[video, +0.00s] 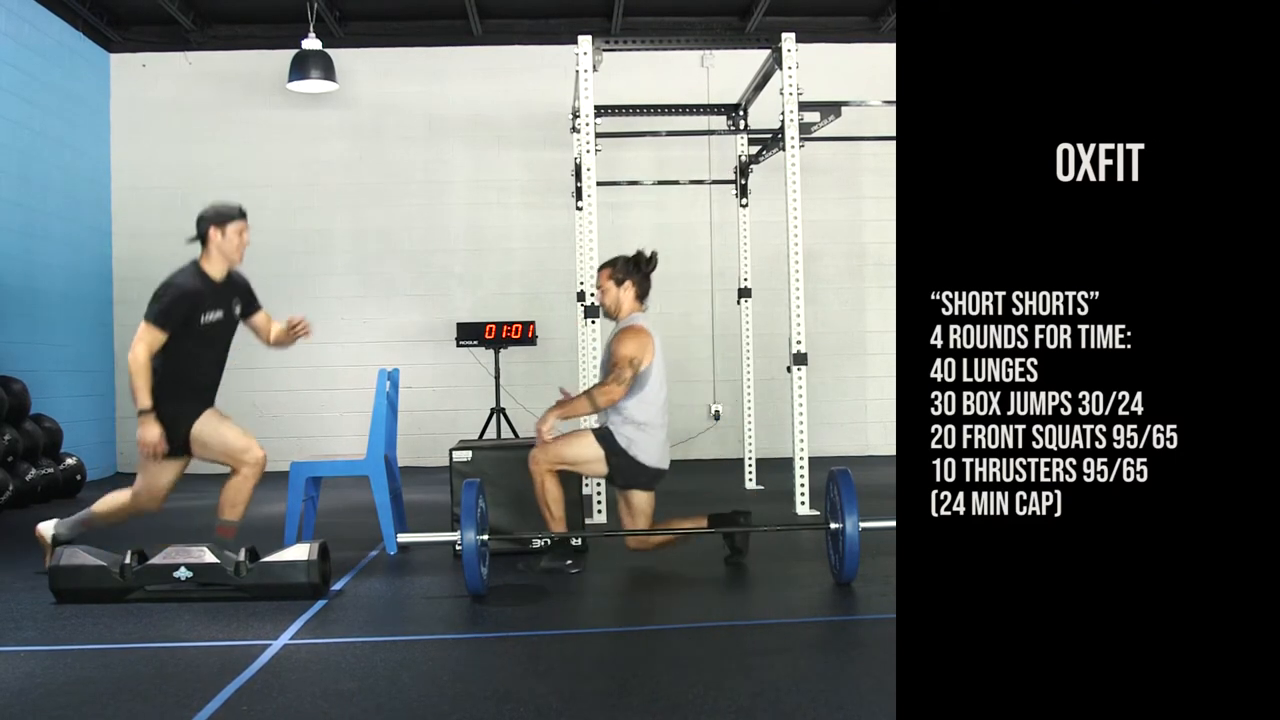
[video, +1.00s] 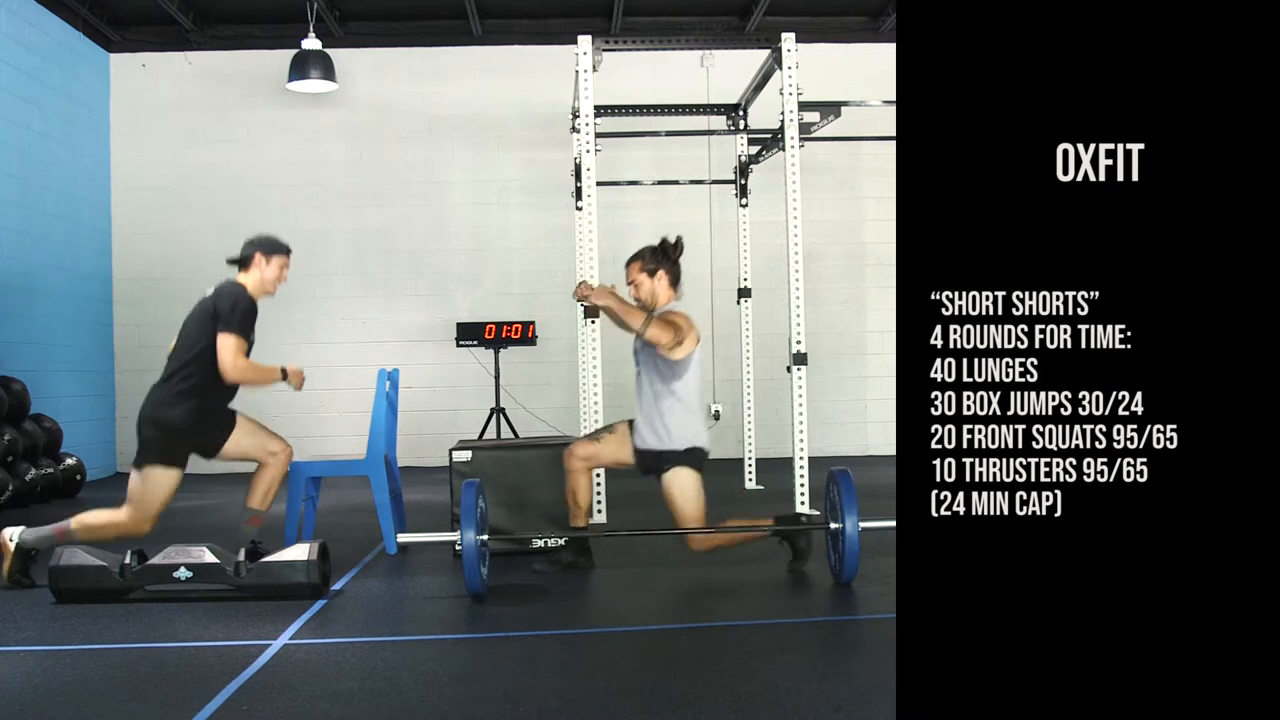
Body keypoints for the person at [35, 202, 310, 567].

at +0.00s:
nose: (246, 241)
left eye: (247, 234)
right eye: (240, 234)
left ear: (223, 238)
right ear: (214, 235)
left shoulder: (236, 286)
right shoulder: (181, 288)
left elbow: (268, 331)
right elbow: (139, 351)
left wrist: (287, 334)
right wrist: (146, 416)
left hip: (194, 407)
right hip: (171, 408)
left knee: (145, 499)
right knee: (250, 458)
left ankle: (57, 532)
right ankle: (222, 556)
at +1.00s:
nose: (284, 277)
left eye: (286, 270)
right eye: (282, 267)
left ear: (260, 264)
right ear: (258, 262)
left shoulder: (224, 299)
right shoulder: (235, 298)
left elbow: (180, 352)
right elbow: (233, 368)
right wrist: (284, 374)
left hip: (202, 417)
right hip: (172, 417)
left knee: (278, 453)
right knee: (137, 520)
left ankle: (246, 550)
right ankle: (22, 540)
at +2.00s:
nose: (281, 193)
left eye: (283, 185)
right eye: (276, 184)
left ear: (262, 184)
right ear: (250, 180)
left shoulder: (253, 229)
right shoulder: (222, 225)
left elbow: (255, 289)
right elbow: (182, 288)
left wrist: (295, 327)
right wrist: (198, 351)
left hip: (226, 351)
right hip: (200, 351)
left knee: (247, 445)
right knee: (224, 450)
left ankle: (241, 544)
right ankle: (227, 552)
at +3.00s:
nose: (217, 228)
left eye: (219, 220)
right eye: (215, 219)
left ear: (188, 215)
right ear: (194, 214)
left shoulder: (154, 247)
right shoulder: (174, 258)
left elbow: (129, 297)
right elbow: (145, 320)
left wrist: (181, 337)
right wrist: (194, 362)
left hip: (132, 371)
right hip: (153, 375)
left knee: (142, 464)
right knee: (196, 455)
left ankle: (87, 545)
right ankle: (222, 553)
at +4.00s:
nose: (291, 265)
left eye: (295, 259)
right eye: (290, 256)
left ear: (274, 249)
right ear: (272, 246)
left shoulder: (248, 281)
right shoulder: (237, 265)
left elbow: (226, 331)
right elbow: (214, 302)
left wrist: (250, 362)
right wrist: (244, 347)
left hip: (219, 364)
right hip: (190, 367)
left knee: (289, 350)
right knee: (215, 458)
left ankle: (300, 440)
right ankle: (175, 537)